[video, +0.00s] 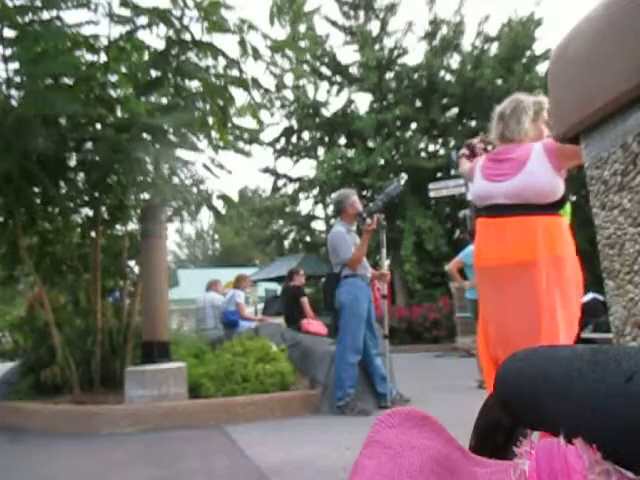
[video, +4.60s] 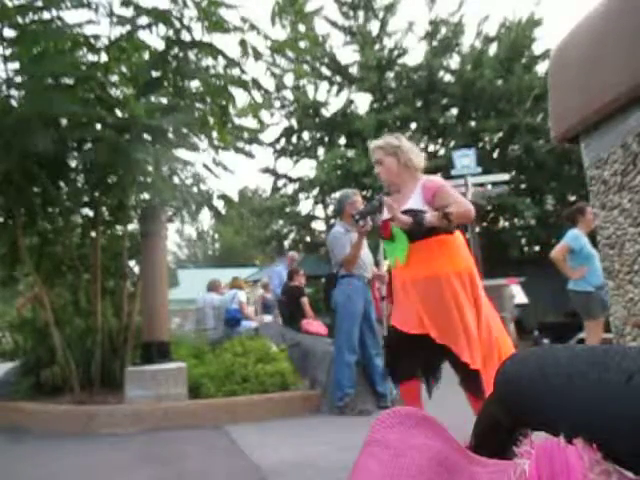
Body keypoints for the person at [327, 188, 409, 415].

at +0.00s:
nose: (361, 206)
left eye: (359, 201)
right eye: (357, 202)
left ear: (350, 207)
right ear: (347, 207)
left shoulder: (350, 233)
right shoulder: (337, 234)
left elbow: (358, 265)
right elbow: (353, 262)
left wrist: (374, 274)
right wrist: (367, 235)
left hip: (363, 285)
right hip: (351, 285)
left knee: (371, 344)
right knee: (350, 345)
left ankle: (386, 393)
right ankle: (344, 398)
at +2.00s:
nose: (360, 206)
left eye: (359, 202)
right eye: (356, 203)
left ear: (350, 207)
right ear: (345, 208)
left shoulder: (352, 233)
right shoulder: (337, 234)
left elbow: (357, 264)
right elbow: (353, 262)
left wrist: (374, 274)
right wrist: (365, 235)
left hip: (363, 284)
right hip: (350, 284)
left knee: (370, 343)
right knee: (351, 343)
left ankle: (385, 393)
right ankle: (343, 398)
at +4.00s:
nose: (361, 211)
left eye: (360, 206)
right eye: (357, 206)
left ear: (349, 209)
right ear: (346, 209)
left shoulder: (352, 232)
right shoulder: (339, 233)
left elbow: (358, 266)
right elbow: (352, 262)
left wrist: (375, 274)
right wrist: (367, 235)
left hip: (363, 284)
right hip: (350, 284)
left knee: (370, 343)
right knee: (350, 344)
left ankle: (385, 393)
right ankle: (344, 398)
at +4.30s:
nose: (362, 207)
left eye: (361, 202)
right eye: (358, 203)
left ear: (353, 207)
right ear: (347, 207)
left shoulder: (356, 231)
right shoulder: (337, 233)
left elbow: (360, 262)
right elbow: (350, 261)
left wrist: (374, 274)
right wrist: (361, 238)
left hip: (364, 283)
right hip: (350, 283)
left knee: (371, 342)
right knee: (349, 344)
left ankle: (385, 393)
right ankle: (343, 398)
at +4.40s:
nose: (361, 206)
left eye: (361, 202)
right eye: (357, 202)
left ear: (354, 207)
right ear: (346, 207)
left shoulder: (357, 231)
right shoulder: (337, 234)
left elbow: (366, 258)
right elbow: (346, 261)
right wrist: (362, 238)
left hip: (364, 285)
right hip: (347, 287)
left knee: (371, 342)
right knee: (348, 345)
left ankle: (384, 392)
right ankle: (343, 397)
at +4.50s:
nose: (361, 206)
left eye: (361, 202)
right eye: (357, 202)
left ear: (357, 207)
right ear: (346, 207)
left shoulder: (357, 231)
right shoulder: (337, 233)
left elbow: (365, 262)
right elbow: (348, 263)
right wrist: (362, 238)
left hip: (366, 282)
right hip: (348, 283)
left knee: (372, 342)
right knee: (348, 343)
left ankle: (385, 392)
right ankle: (344, 397)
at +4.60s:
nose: (362, 206)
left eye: (362, 202)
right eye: (357, 202)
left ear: (354, 207)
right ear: (346, 207)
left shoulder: (357, 232)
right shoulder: (337, 233)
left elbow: (363, 263)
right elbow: (347, 263)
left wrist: (376, 273)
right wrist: (360, 238)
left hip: (365, 283)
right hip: (349, 283)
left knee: (372, 341)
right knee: (348, 343)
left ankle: (385, 392)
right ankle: (343, 397)